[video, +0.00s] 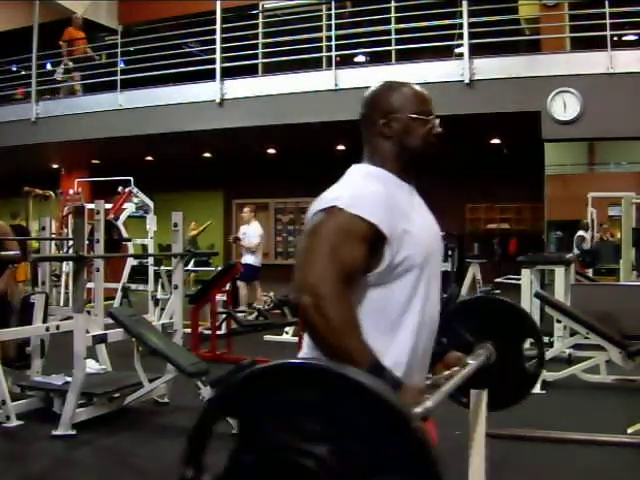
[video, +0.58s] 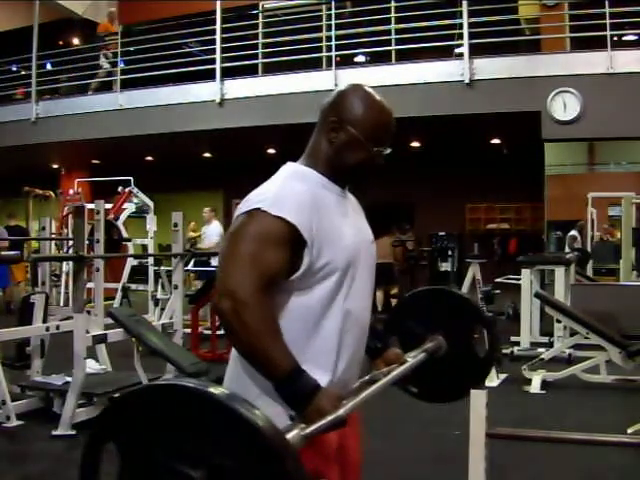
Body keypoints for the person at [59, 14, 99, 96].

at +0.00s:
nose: (79, 21)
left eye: (80, 19)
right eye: (77, 19)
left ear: (81, 20)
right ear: (73, 20)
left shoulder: (81, 33)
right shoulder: (69, 31)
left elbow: (85, 47)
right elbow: (64, 45)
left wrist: (93, 55)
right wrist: (65, 58)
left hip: (81, 58)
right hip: (72, 58)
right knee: (76, 77)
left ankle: (63, 93)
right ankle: (79, 93)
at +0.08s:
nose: (84, 21)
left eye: (85, 19)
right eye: (82, 19)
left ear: (85, 20)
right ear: (78, 19)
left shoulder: (85, 31)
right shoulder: (73, 30)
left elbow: (89, 45)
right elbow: (69, 44)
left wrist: (95, 55)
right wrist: (70, 56)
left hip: (88, 56)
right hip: (79, 57)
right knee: (80, 75)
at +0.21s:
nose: (91, 18)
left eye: (91, 15)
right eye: (89, 15)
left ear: (92, 17)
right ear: (84, 16)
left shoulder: (92, 28)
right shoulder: (80, 27)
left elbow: (93, 43)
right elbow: (77, 42)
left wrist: (96, 52)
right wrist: (79, 54)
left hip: (93, 54)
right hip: (84, 54)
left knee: (93, 72)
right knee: (83, 72)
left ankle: (90, 89)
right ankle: (82, 90)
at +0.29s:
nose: (94, 17)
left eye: (95, 14)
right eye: (92, 14)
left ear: (97, 16)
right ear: (89, 15)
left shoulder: (97, 29)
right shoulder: (85, 26)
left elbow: (98, 42)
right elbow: (82, 40)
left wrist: (100, 52)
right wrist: (84, 52)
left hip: (96, 53)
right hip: (87, 53)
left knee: (100, 72)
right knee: (85, 73)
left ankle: (95, 92)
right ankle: (83, 93)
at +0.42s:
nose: (102, 18)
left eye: (103, 16)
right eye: (101, 16)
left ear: (105, 17)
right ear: (97, 16)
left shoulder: (104, 29)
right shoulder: (92, 26)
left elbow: (105, 41)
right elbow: (90, 41)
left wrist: (105, 50)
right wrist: (94, 51)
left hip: (102, 52)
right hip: (95, 52)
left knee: (105, 71)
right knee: (89, 71)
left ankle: (109, 89)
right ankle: (84, 90)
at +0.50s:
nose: (107, 18)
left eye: (108, 16)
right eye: (106, 16)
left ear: (109, 17)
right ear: (103, 17)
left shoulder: (109, 28)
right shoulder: (98, 26)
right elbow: (95, 39)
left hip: (109, 52)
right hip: (100, 51)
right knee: (97, 69)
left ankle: (113, 89)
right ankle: (87, 89)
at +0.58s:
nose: (115, 17)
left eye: (115, 15)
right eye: (113, 15)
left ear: (115, 16)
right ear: (110, 16)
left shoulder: (115, 26)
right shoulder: (104, 26)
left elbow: (116, 40)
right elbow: (100, 40)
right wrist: (104, 50)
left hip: (114, 52)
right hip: (105, 51)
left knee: (116, 70)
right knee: (104, 69)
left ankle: (116, 88)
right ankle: (91, 89)